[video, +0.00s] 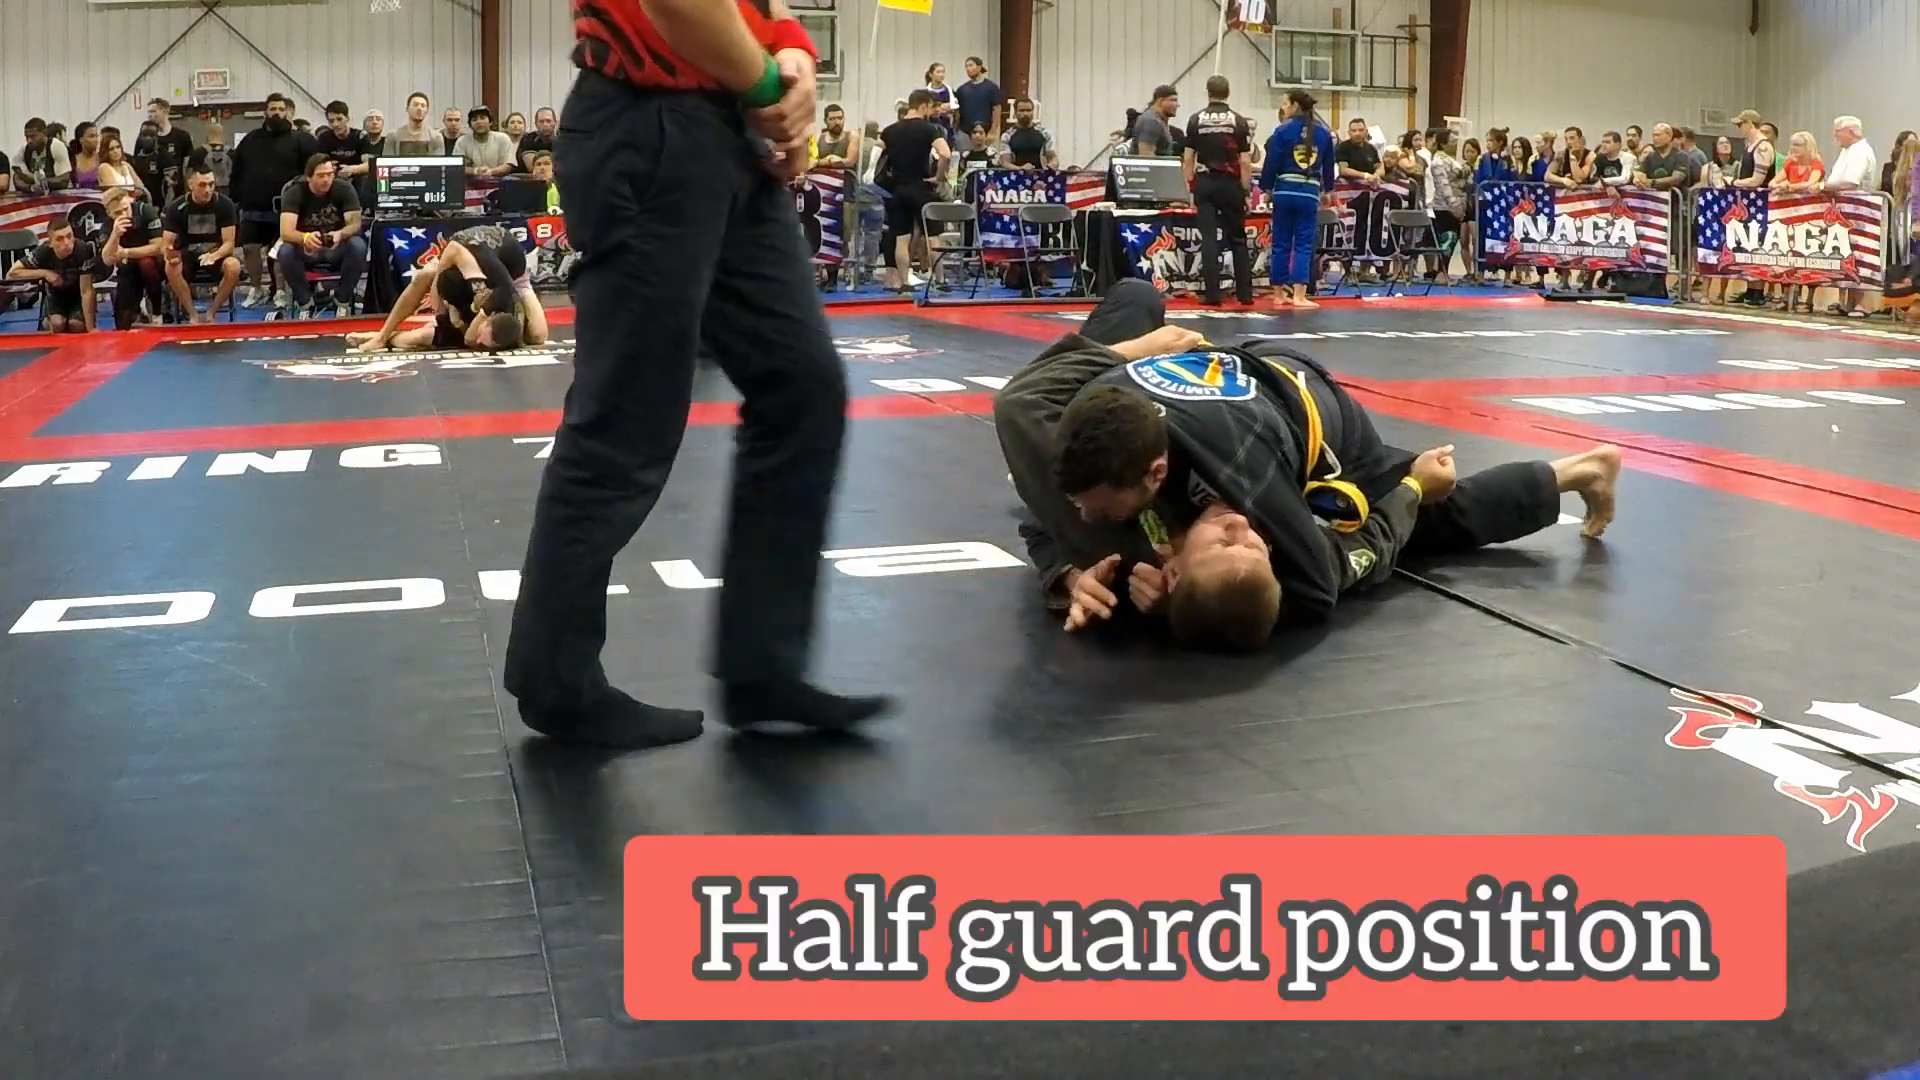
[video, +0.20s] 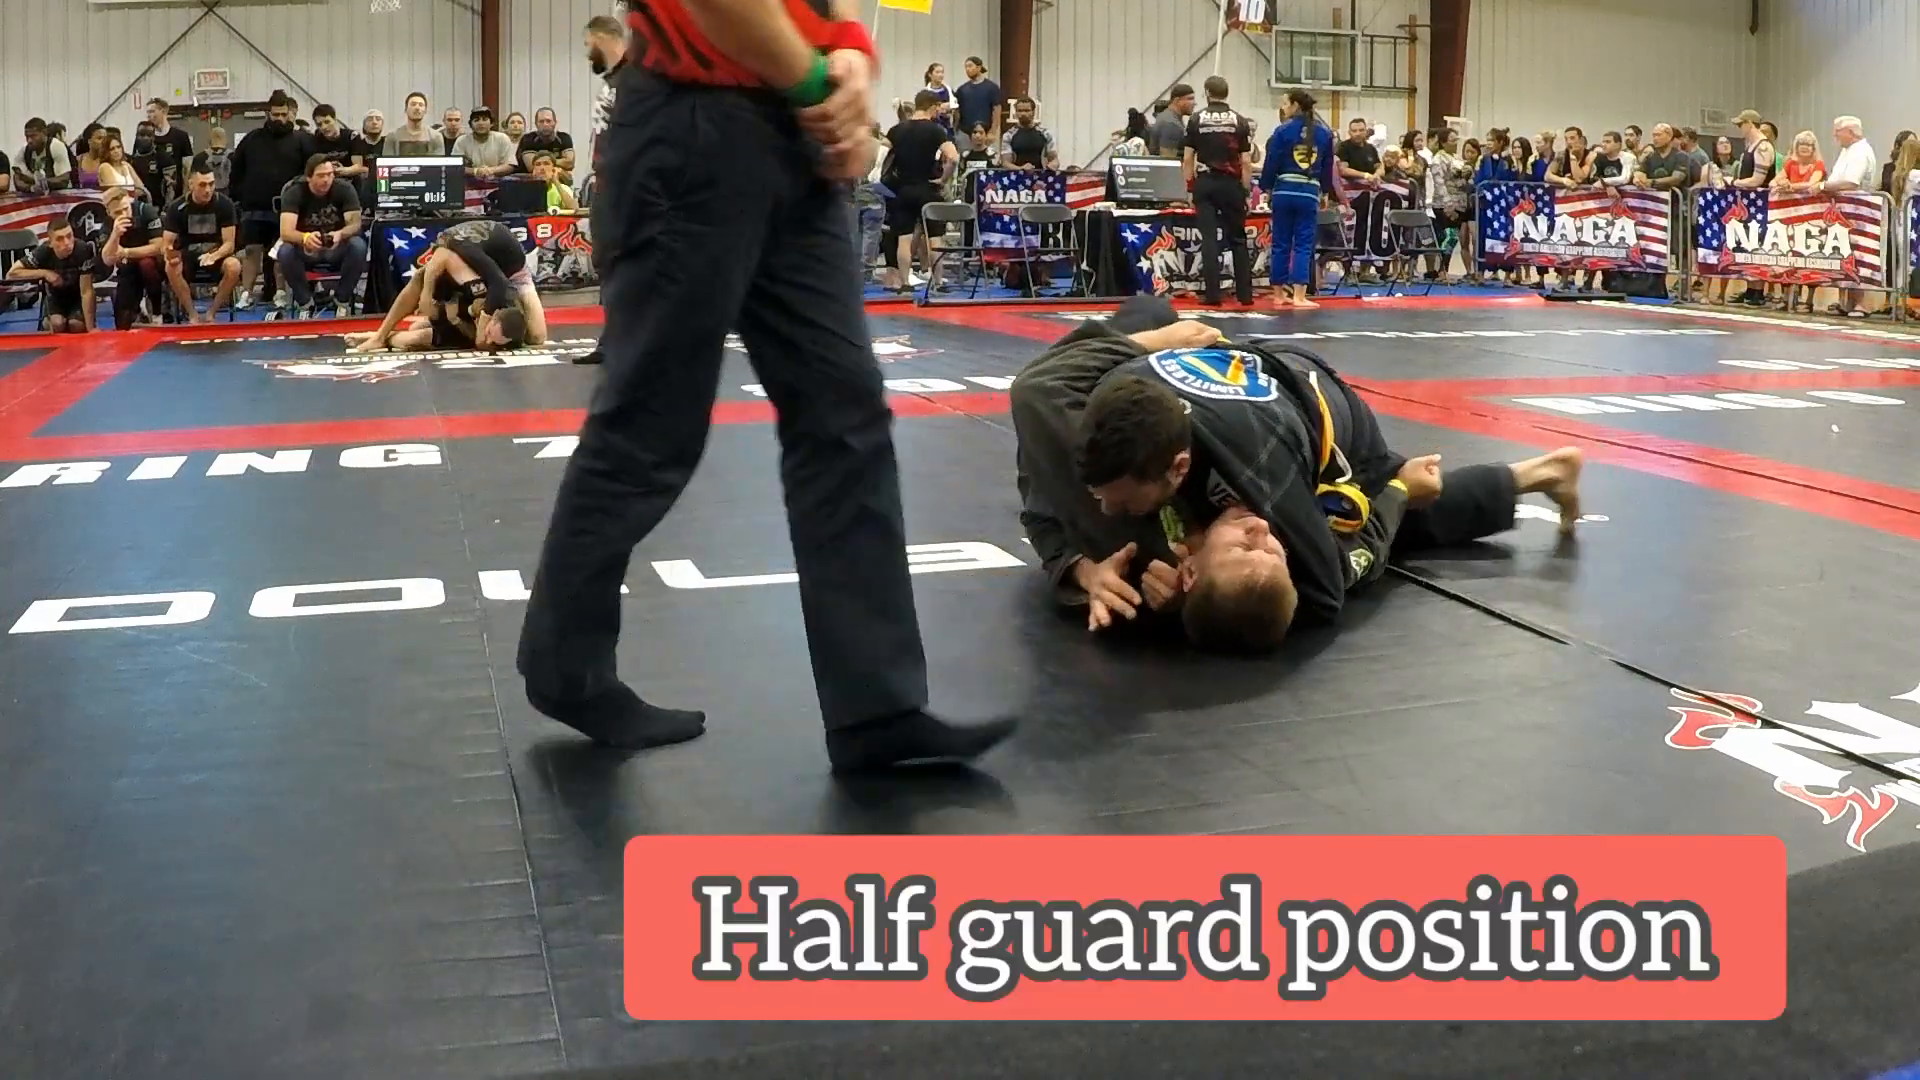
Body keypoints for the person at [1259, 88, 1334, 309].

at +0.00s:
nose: (1283, 108)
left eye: (1285, 104)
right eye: (1284, 104)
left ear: (1295, 106)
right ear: (1306, 107)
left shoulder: (1282, 130)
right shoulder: (1323, 133)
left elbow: (1271, 162)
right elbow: (1328, 165)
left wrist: (1266, 187)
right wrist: (1328, 188)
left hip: (1284, 191)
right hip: (1309, 194)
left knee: (1281, 242)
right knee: (1304, 243)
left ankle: (1278, 293)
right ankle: (1299, 295)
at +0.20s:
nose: (1283, 108)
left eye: (1286, 104)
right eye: (1284, 104)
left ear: (1296, 106)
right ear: (1307, 107)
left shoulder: (1282, 130)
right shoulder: (1324, 133)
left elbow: (1271, 161)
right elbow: (1327, 167)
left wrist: (1266, 186)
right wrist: (1325, 191)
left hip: (1283, 190)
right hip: (1309, 193)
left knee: (1281, 242)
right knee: (1304, 243)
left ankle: (1278, 293)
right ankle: (1299, 295)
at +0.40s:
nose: (1283, 107)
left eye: (1286, 104)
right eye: (1284, 103)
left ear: (1295, 105)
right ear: (1306, 106)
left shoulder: (1283, 130)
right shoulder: (1324, 132)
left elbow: (1271, 162)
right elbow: (1328, 167)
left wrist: (1265, 187)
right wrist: (1325, 192)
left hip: (1283, 191)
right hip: (1309, 193)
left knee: (1280, 242)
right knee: (1304, 243)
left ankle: (1278, 293)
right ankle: (1299, 295)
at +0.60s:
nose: (1285, 107)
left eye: (1286, 103)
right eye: (1286, 103)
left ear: (1292, 105)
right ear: (1307, 106)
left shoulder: (1281, 129)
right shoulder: (1323, 132)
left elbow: (1270, 161)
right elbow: (1327, 166)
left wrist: (1265, 188)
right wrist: (1326, 190)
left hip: (1282, 190)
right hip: (1309, 193)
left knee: (1281, 242)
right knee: (1304, 243)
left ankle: (1278, 293)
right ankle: (1299, 295)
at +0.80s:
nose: (1285, 106)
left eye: (1286, 103)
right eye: (1286, 103)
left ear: (1291, 105)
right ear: (1308, 105)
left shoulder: (1281, 129)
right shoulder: (1323, 132)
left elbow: (1269, 160)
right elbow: (1328, 166)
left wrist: (1266, 187)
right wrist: (1326, 190)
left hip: (1282, 191)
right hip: (1309, 194)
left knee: (1280, 242)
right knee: (1303, 244)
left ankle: (1278, 293)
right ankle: (1299, 296)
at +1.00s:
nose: (1283, 106)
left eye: (1286, 103)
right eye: (1285, 102)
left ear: (1295, 105)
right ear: (1307, 107)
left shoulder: (1282, 129)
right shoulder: (1323, 132)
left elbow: (1269, 160)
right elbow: (1327, 166)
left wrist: (1264, 186)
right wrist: (1325, 190)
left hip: (1283, 190)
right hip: (1309, 193)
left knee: (1281, 242)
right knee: (1303, 243)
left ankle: (1278, 293)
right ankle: (1299, 296)